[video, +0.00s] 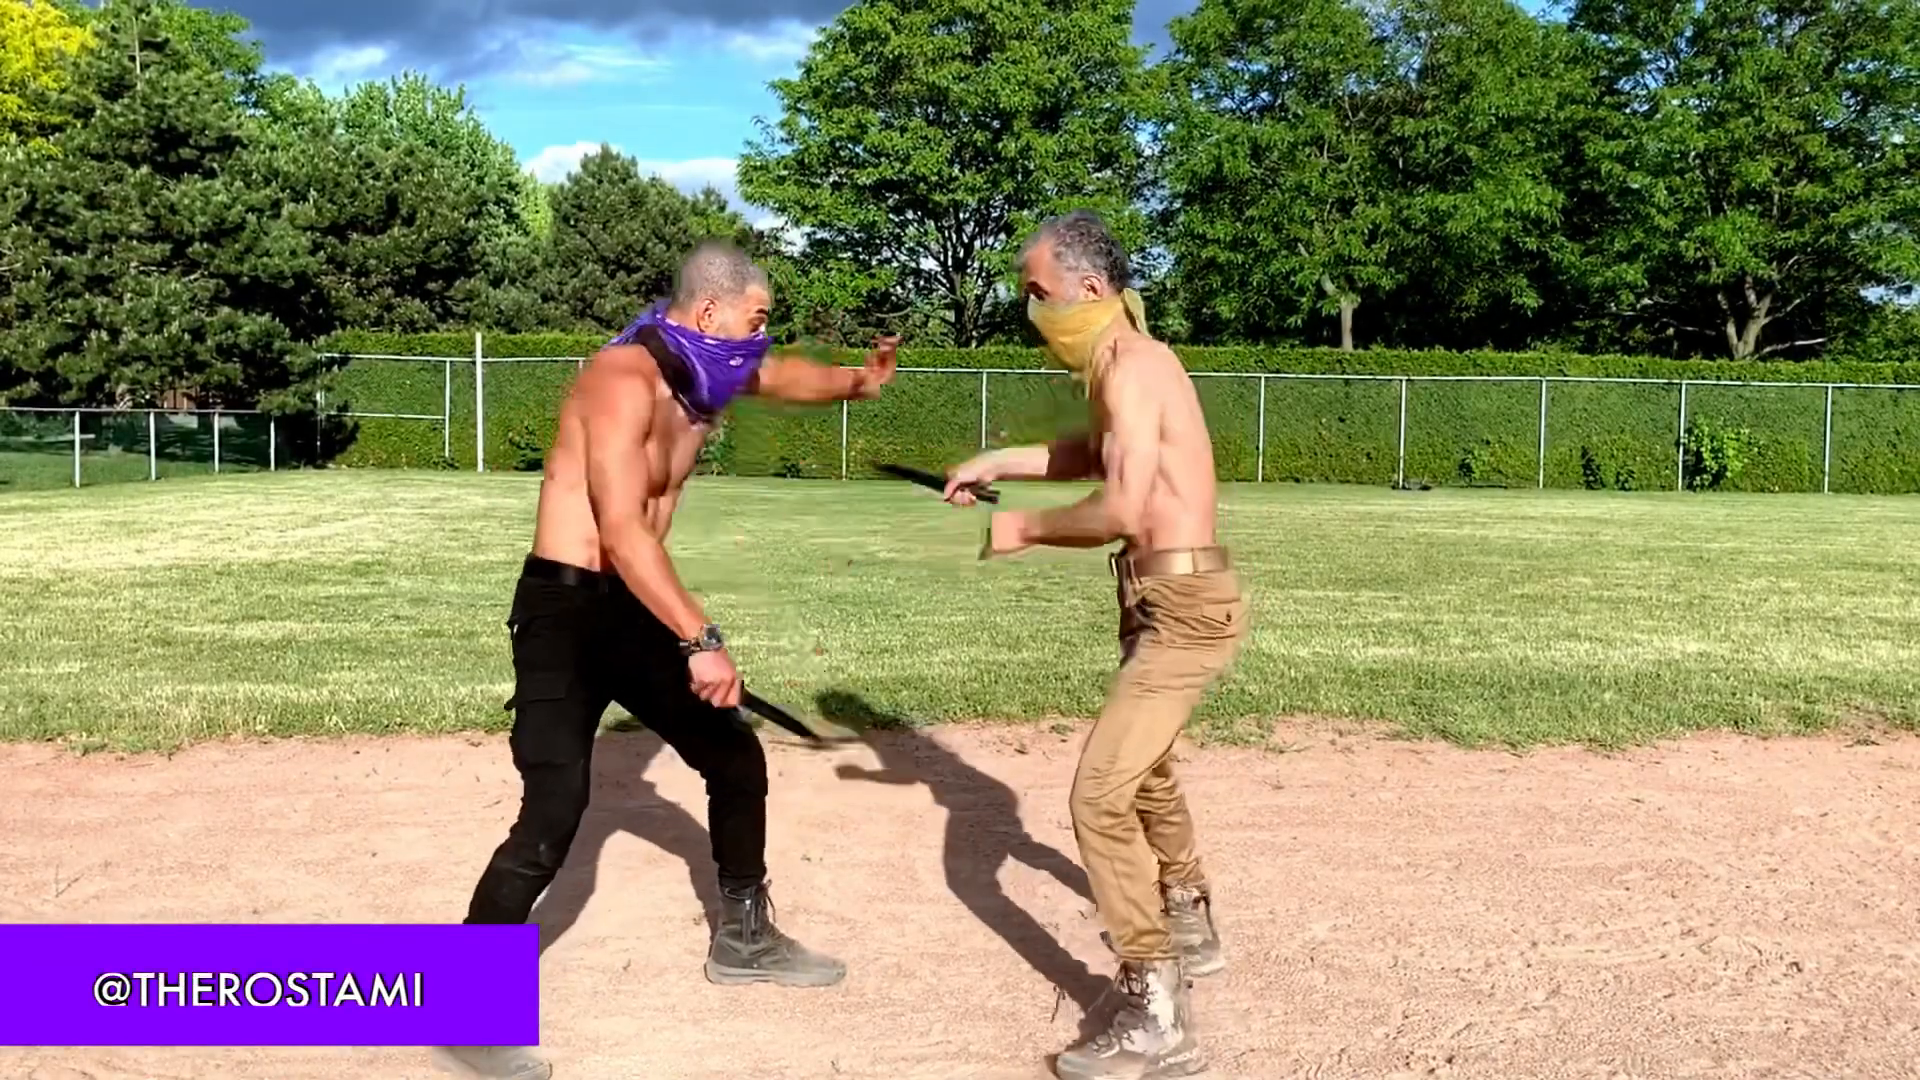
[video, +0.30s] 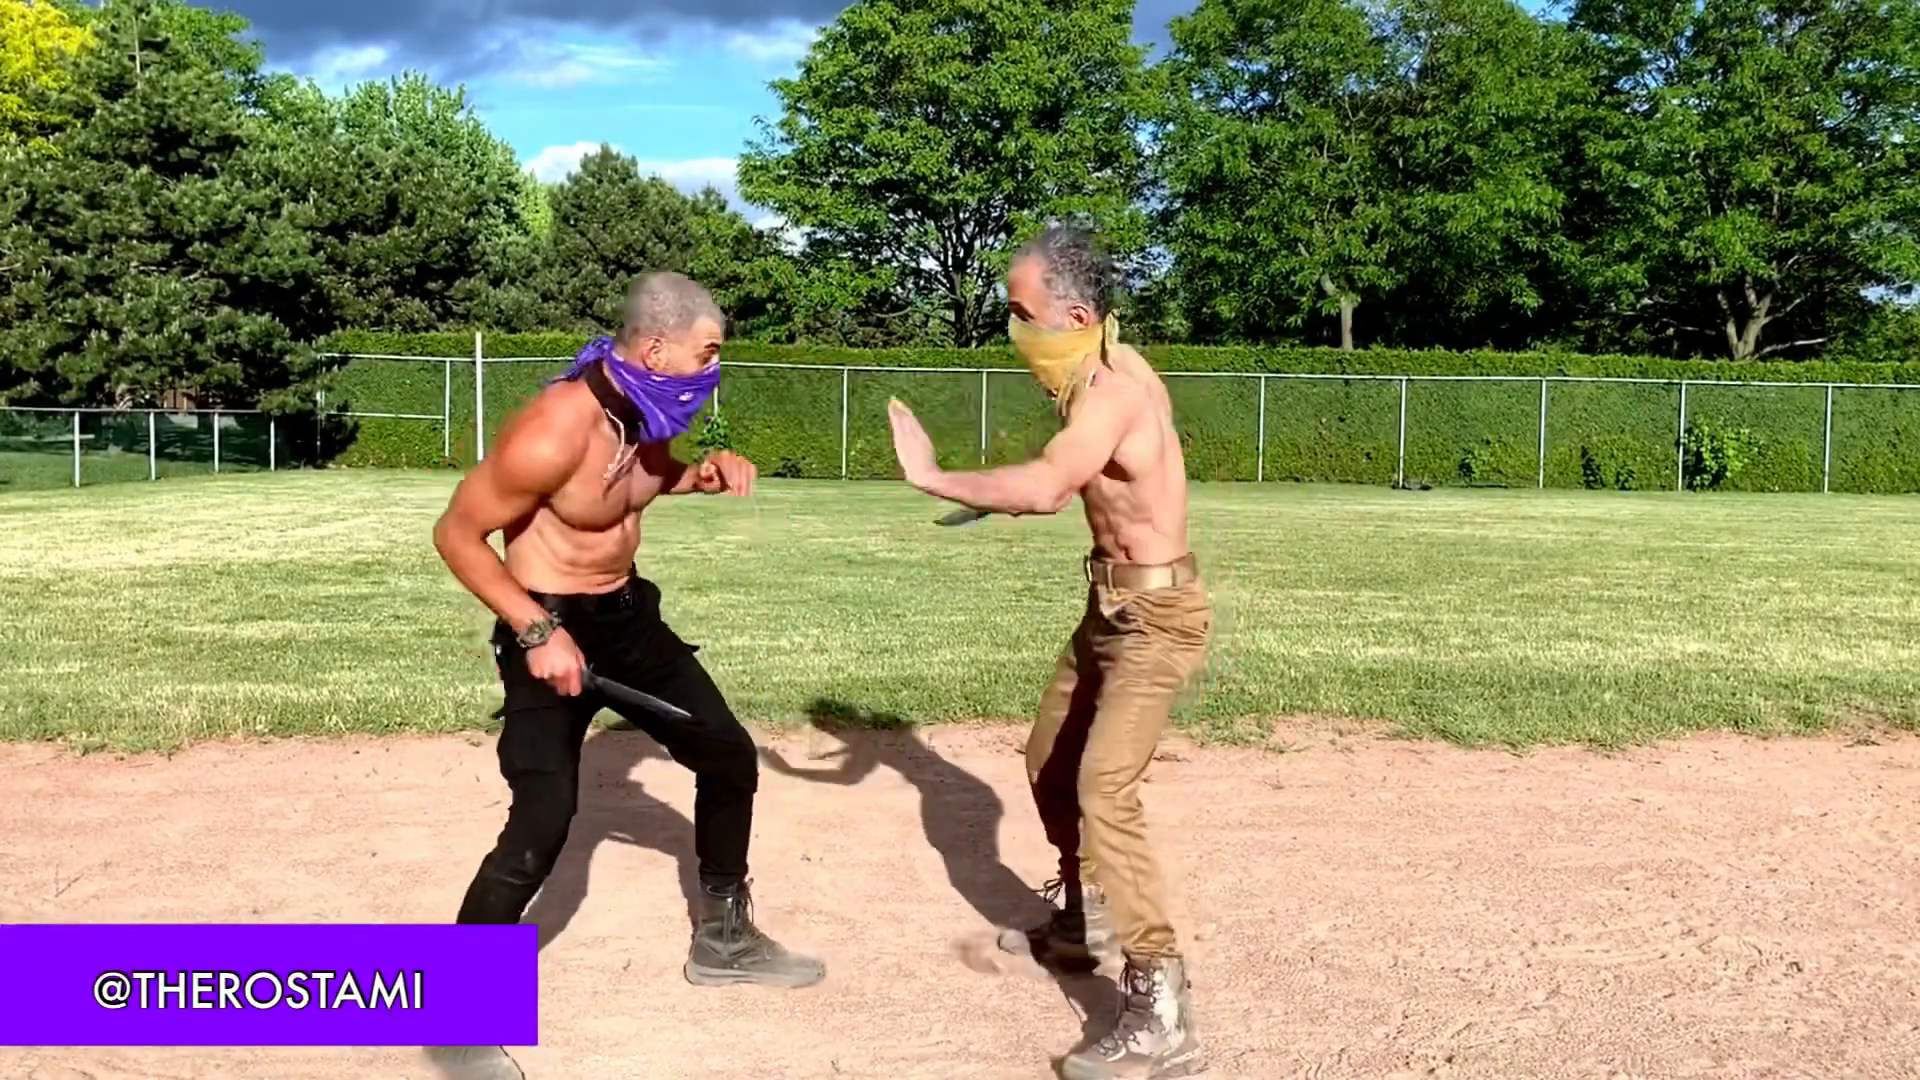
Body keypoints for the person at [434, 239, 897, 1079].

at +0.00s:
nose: (763, 332)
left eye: (764, 319)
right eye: (756, 316)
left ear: (713, 309)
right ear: (707, 310)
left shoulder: (705, 370)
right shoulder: (623, 379)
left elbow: (785, 377)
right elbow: (623, 529)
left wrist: (860, 382)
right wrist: (700, 637)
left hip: (634, 609)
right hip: (561, 609)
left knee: (736, 761)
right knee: (552, 811)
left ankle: (744, 935)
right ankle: (463, 998)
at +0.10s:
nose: (735, 353)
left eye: (738, 338)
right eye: (726, 336)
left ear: (686, 332)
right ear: (672, 330)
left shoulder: (698, 384)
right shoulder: (576, 394)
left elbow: (798, 387)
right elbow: (462, 502)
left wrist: (881, 440)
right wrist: (527, 617)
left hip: (632, 613)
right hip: (547, 612)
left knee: (733, 768)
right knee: (527, 816)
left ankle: (743, 935)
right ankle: (453, 1007)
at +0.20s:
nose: (707, 404)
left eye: (712, 387)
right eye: (695, 388)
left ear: (684, 371)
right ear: (642, 367)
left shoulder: (653, 410)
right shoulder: (550, 429)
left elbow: (666, 443)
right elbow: (443, 489)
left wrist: (725, 476)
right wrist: (488, 604)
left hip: (634, 618)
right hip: (543, 626)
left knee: (736, 758)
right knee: (515, 817)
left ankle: (740, 932)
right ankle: (446, 1006)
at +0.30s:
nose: (710, 370)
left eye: (714, 355)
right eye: (701, 354)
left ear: (659, 348)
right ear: (648, 349)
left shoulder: (649, 407)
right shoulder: (554, 428)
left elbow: (638, 479)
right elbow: (455, 533)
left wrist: (701, 475)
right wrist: (537, 628)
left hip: (627, 616)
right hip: (546, 629)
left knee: (728, 757)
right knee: (543, 821)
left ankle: (724, 936)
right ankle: (451, 1010)